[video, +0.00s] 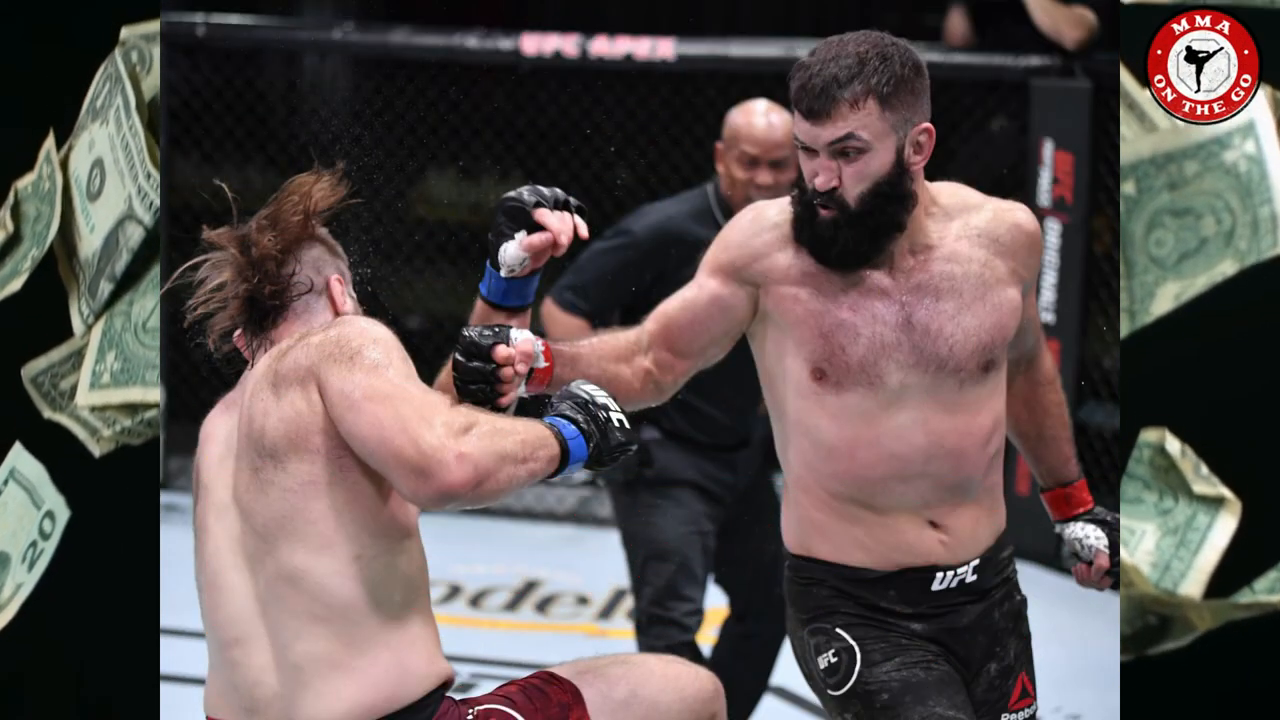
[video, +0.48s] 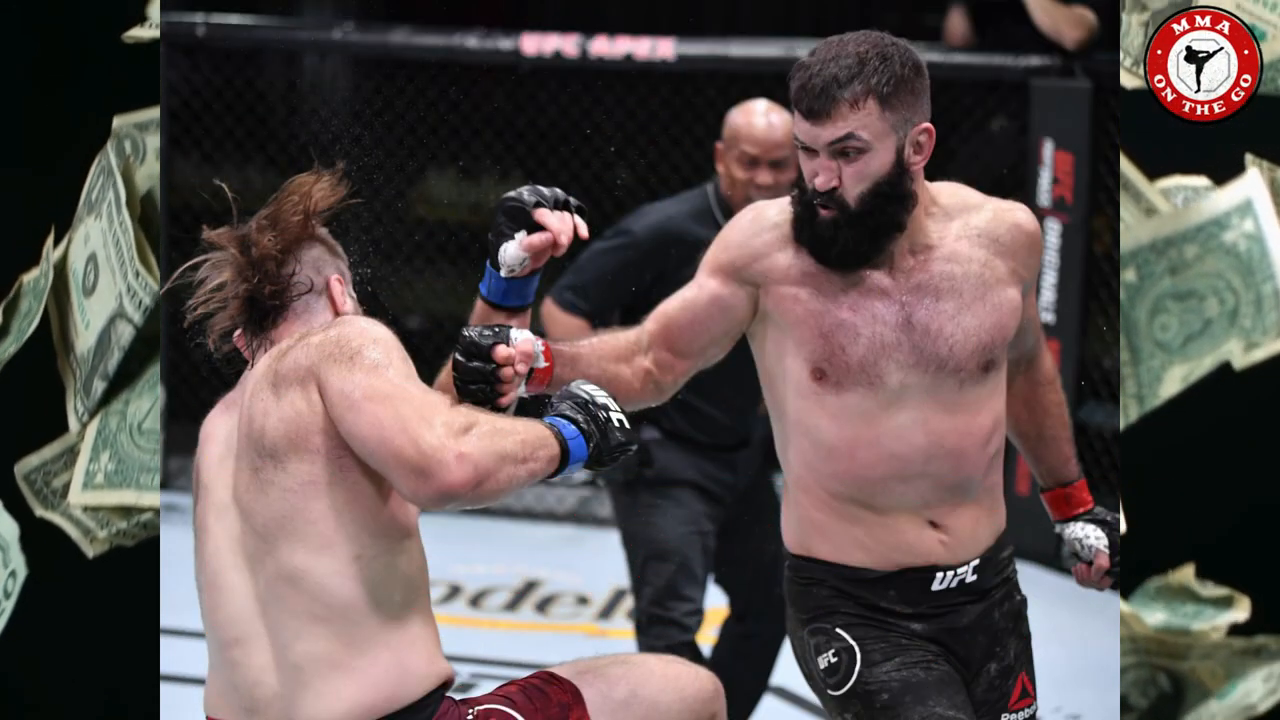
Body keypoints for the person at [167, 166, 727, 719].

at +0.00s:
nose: (365, 311)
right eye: (358, 293)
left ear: (243, 344)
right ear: (340, 291)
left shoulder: (218, 427)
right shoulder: (344, 347)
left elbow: (443, 432)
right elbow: (447, 467)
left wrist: (509, 283)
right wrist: (576, 432)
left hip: (243, 711)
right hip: (397, 707)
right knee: (691, 687)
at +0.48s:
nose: (365, 311)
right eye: (358, 293)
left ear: (243, 344)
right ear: (341, 291)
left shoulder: (218, 426)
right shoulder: (344, 347)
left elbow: (443, 433)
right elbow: (447, 467)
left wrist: (509, 283)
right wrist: (576, 431)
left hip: (242, 712)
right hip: (397, 708)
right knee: (691, 687)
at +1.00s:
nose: (364, 310)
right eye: (357, 292)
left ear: (243, 345)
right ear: (340, 290)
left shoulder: (217, 426)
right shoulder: (344, 346)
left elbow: (444, 429)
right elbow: (447, 467)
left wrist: (509, 282)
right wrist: (576, 431)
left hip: (241, 712)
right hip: (397, 708)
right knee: (691, 687)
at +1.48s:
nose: (364, 309)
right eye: (357, 291)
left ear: (243, 345)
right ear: (340, 290)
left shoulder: (217, 426)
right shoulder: (344, 346)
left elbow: (444, 430)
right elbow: (447, 467)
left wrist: (509, 282)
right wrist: (576, 431)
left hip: (241, 712)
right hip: (396, 708)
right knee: (691, 687)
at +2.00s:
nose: (364, 307)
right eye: (356, 290)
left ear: (242, 344)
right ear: (340, 291)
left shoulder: (217, 427)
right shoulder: (344, 346)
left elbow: (443, 431)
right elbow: (446, 467)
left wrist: (508, 284)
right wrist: (576, 432)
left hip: (240, 714)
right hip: (395, 709)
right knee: (691, 688)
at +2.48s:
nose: (365, 311)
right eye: (357, 293)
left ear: (243, 344)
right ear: (341, 291)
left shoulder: (218, 425)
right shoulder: (343, 347)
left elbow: (444, 430)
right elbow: (447, 466)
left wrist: (509, 283)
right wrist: (576, 430)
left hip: (242, 711)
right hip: (397, 708)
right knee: (691, 687)